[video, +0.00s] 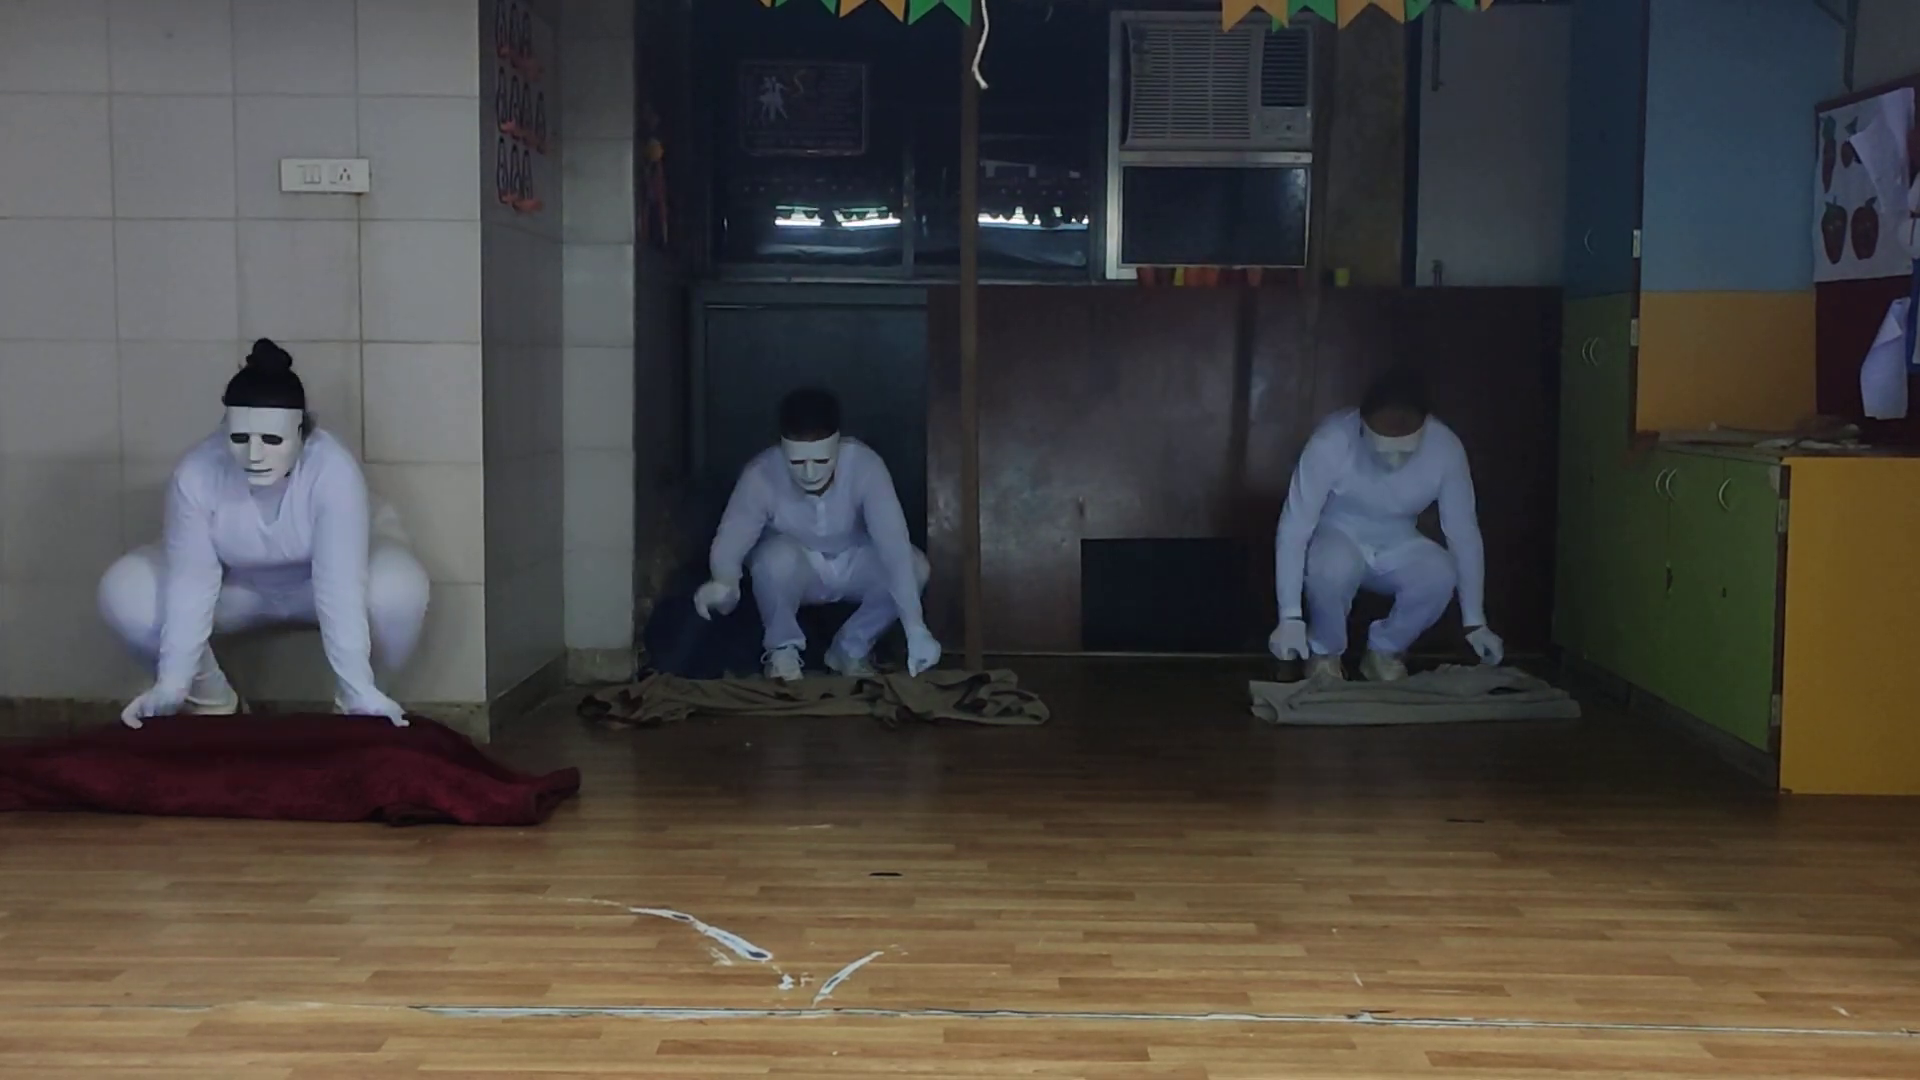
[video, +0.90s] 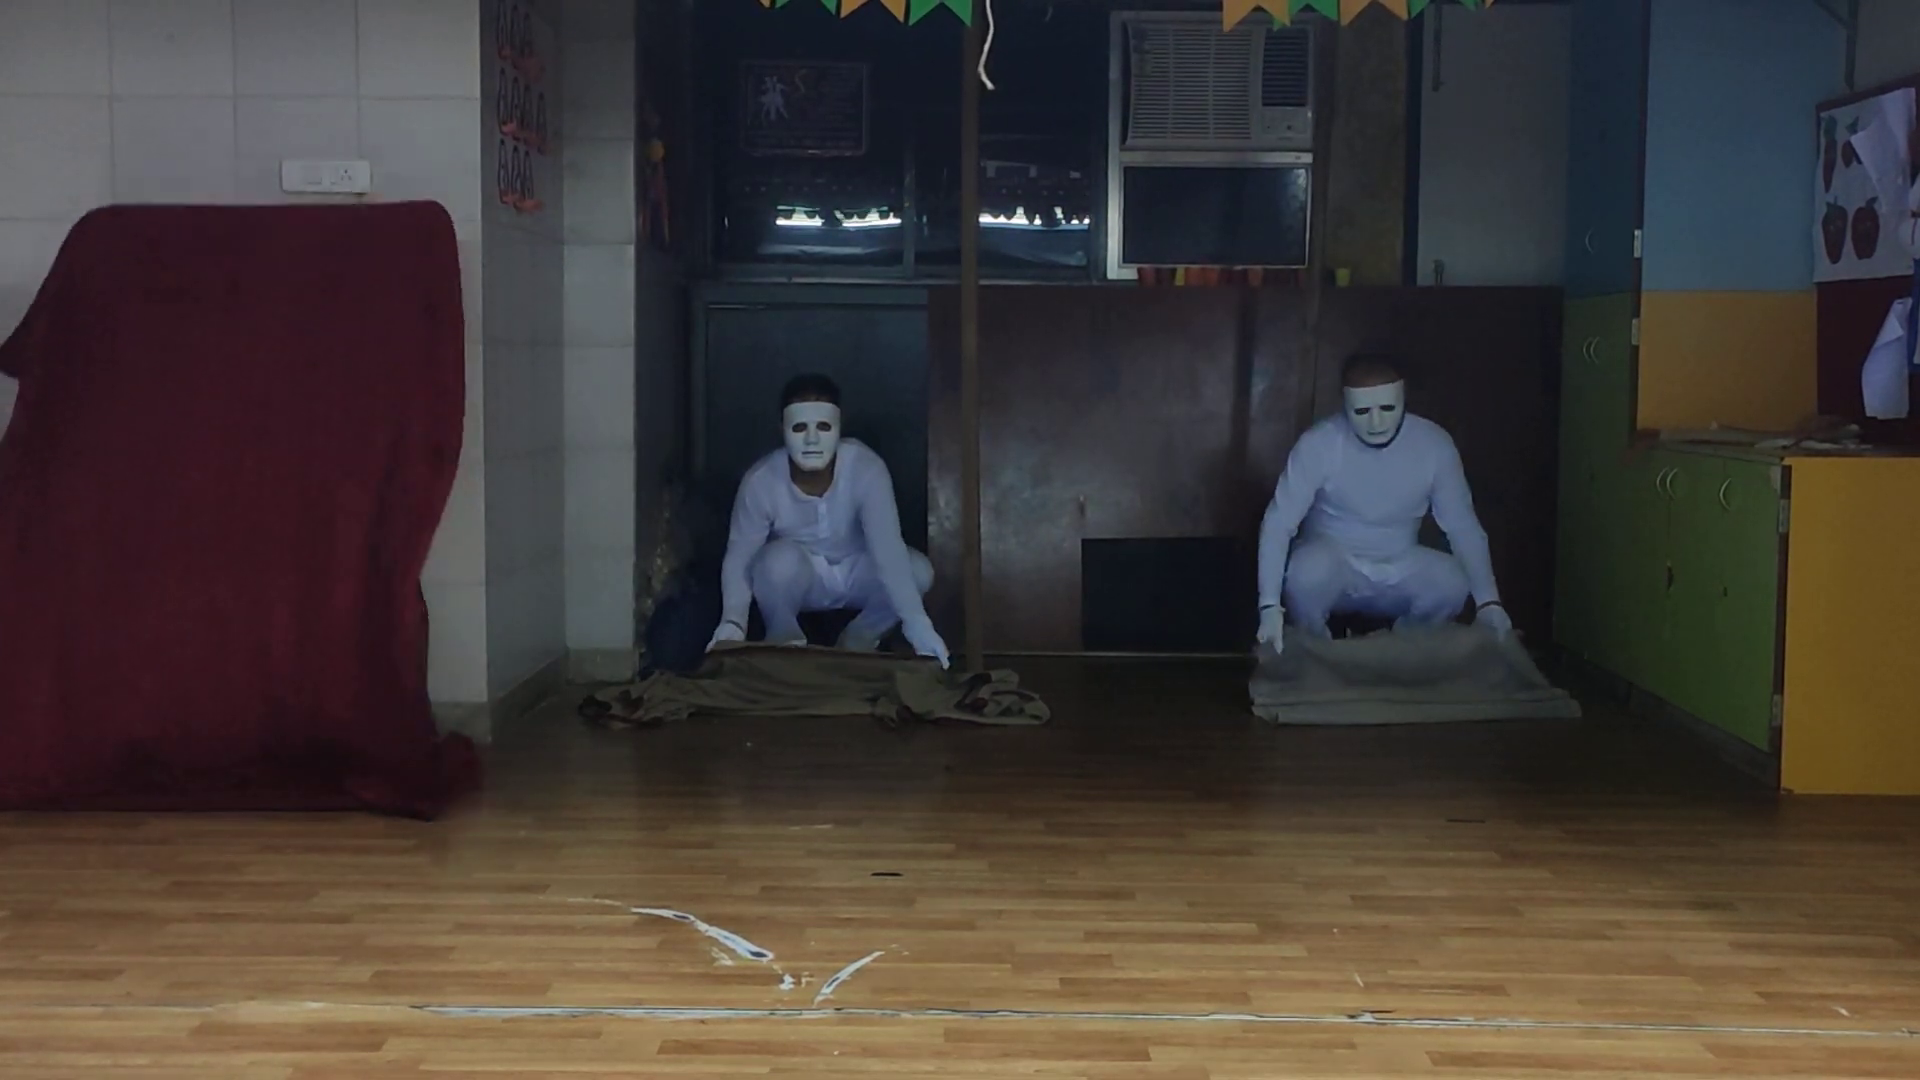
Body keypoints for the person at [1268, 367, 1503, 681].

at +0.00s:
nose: (1394, 461)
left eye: (1405, 451)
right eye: (1383, 451)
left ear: (1422, 430)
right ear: (1364, 429)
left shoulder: (1445, 451)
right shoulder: (1332, 444)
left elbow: (1463, 534)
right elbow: (1292, 529)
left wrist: (1474, 623)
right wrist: (1290, 618)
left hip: (1399, 542)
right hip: (1337, 537)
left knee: (1438, 574)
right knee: (1332, 568)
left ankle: (1384, 652)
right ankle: (1326, 655)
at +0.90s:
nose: (1376, 423)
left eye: (1387, 409)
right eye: (1363, 412)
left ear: (1403, 401)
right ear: (1346, 408)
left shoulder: (1434, 446)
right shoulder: (1320, 446)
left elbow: (1463, 528)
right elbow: (1278, 525)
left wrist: (1488, 603)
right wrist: (1269, 607)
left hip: (1403, 567)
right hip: (1336, 566)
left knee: (1450, 584)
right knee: (1307, 575)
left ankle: (1405, 655)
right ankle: (1312, 655)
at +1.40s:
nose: (1373, 402)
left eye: (1385, 389)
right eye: (1360, 391)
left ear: (1401, 384)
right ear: (1344, 389)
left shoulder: (1432, 435)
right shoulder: (1317, 435)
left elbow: (1466, 515)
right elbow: (1276, 512)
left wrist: (1489, 586)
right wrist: (1264, 587)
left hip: (1402, 570)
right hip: (1332, 568)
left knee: (1447, 585)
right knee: (1301, 569)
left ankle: (1407, 676)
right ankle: (1303, 669)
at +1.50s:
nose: (1374, 393)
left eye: (1386, 379)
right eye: (1361, 382)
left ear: (1401, 377)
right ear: (1344, 382)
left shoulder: (1432, 425)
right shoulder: (1320, 428)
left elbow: (1463, 496)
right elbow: (1275, 500)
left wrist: (1496, 548)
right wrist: (1274, 553)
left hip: (1408, 557)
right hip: (1331, 557)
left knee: (1474, 592)